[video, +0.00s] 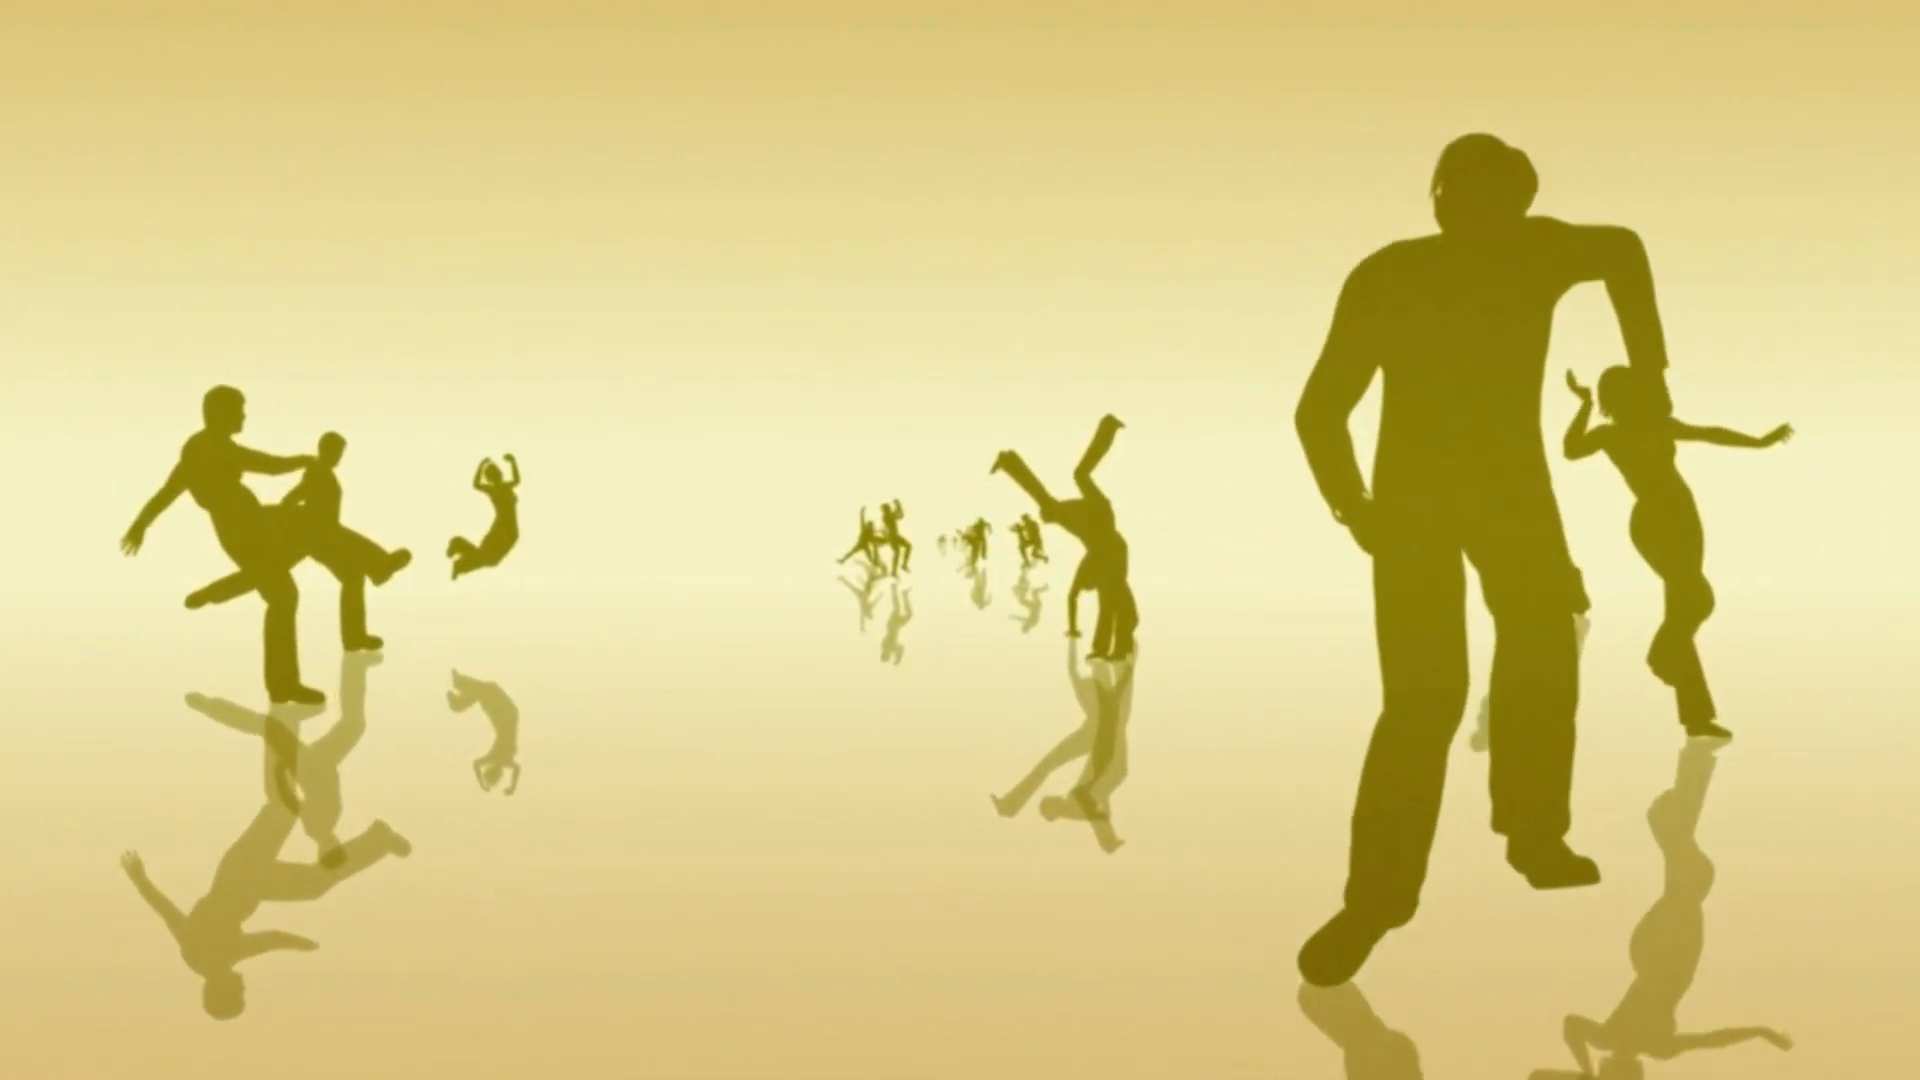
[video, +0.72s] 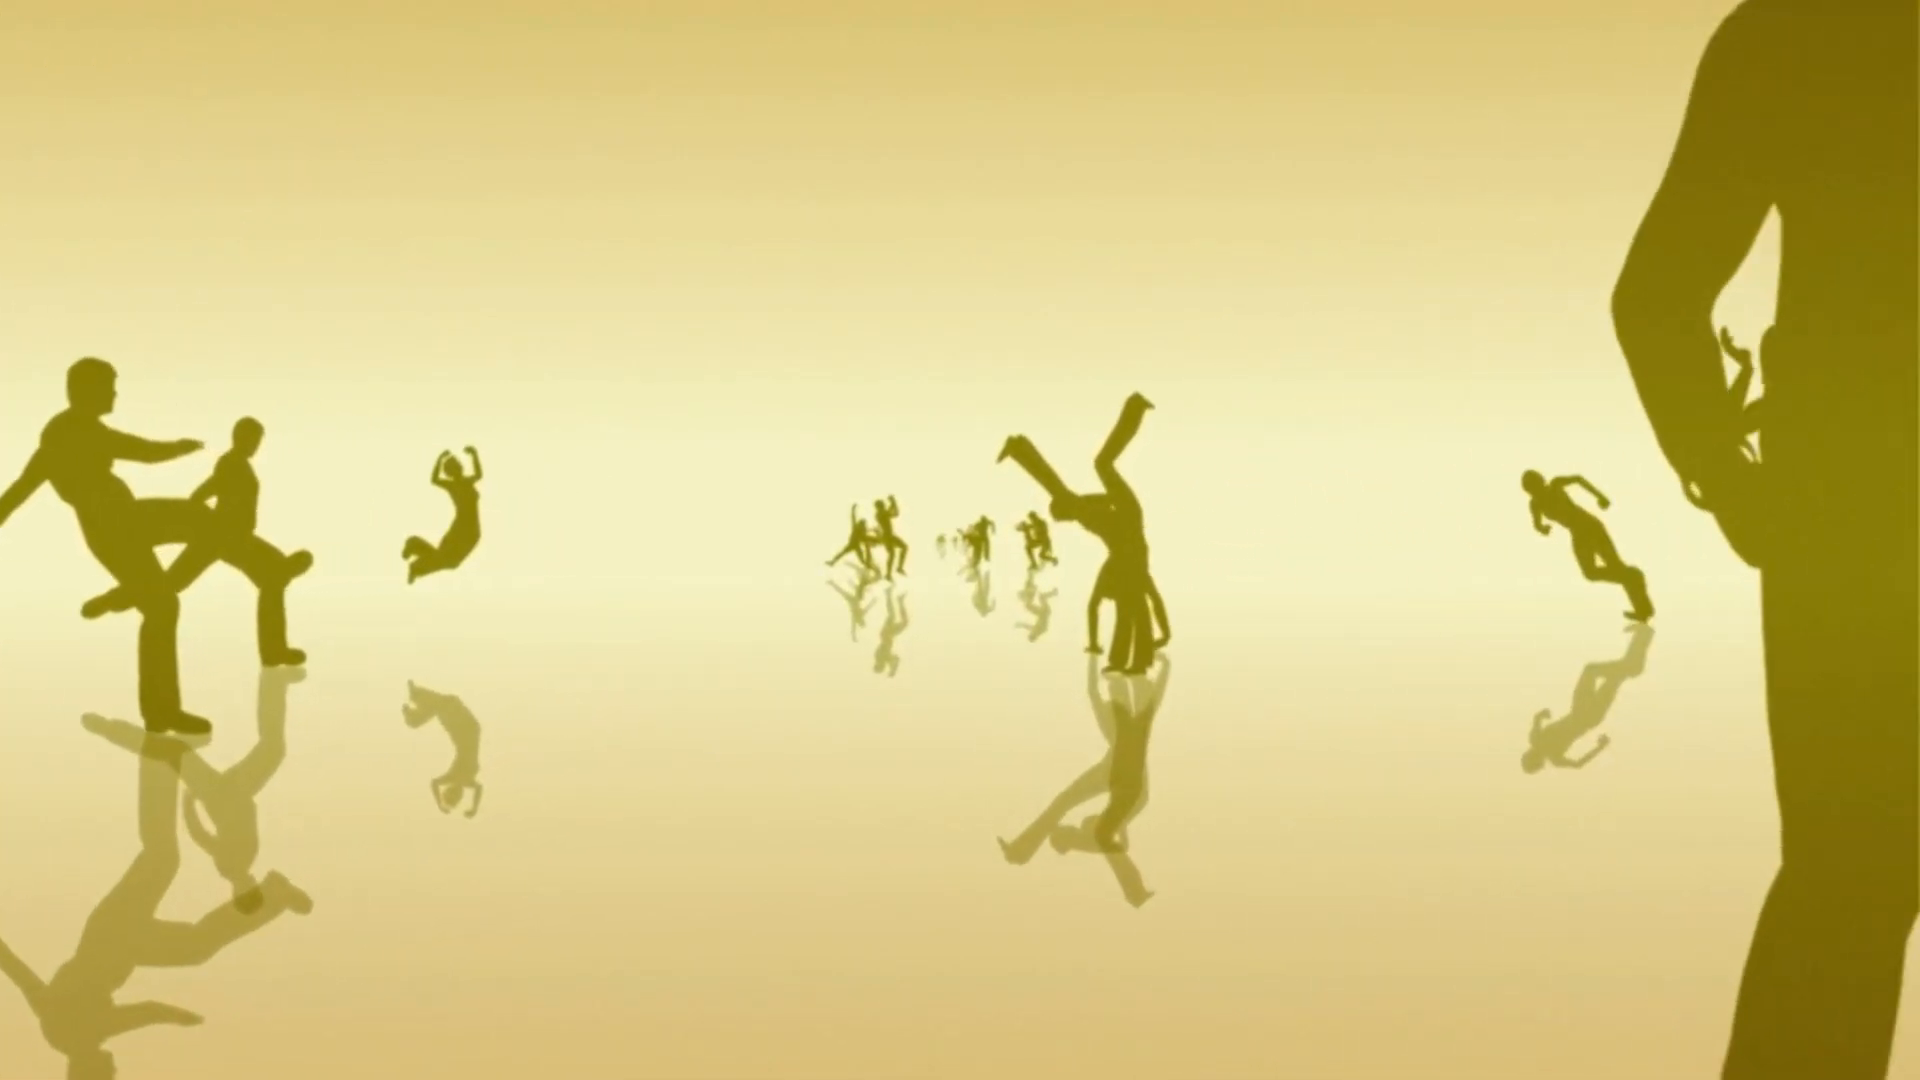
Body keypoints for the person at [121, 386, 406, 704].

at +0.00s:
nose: (244, 418)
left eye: (242, 412)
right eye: (238, 412)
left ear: (218, 413)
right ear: (221, 413)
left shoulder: (219, 448)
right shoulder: (208, 450)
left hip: (257, 525)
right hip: (244, 533)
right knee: (284, 598)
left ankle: (377, 565)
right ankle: (282, 687)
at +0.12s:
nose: (230, 415)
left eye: (229, 408)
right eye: (224, 408)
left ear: (208, 412)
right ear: (206, 411)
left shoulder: (211, 446)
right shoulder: (187, 450)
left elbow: (255, 463)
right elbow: (155, 490)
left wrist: (291, 458)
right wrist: (125, 525)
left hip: (244, 521)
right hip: (227, 532)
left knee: (300, 529)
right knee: (271, 597)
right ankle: (271, 689)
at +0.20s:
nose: (313, 453)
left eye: (315, 448)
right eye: (311, 447)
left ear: (312, 449)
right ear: (302, 447)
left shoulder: (301, 474)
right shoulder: (295, 474)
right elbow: (268, 497)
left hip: (293, 534)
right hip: (289, 535)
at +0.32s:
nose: (304, 452)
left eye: (306, 447)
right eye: (301, 445)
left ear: (303, 448)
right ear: (292, 446)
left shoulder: (294, 475)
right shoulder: (284, 473)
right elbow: (256, 497)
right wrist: (249, 520)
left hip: (285, 535)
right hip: (276, 535)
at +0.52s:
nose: (156, 403)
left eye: (156, 396)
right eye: (150, 396)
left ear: (133, 397)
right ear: (130, 397)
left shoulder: (135, 436)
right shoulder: (113, 438)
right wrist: (41, 525)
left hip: (174, 516)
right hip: (153, 531)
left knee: (243, 522)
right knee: (202, 603)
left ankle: (303, 569)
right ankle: (201, 705)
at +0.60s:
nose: (130, 398)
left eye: (129, 391)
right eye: (124, 391)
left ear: (105, 393)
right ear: (102, 392)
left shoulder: (92, 432)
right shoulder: (93, 434)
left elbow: (45, 485)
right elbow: (161, 454)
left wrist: (12, 522)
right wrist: (200, 449)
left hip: (149, 517)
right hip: (130, 531)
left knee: (222, 521)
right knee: (177, 604)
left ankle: (286, 568)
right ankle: (178, 709)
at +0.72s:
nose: (255, 445)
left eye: (257, 440)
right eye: (251, 439)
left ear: (255, 441)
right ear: (240, 439)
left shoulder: (240, 466)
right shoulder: (231, 465)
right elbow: (202, 494)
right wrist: (190, 515)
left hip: (233, 536)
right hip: (217, 535)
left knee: (273, 576)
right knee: (171, 583)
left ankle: (274, 651)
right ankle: (110, 602)